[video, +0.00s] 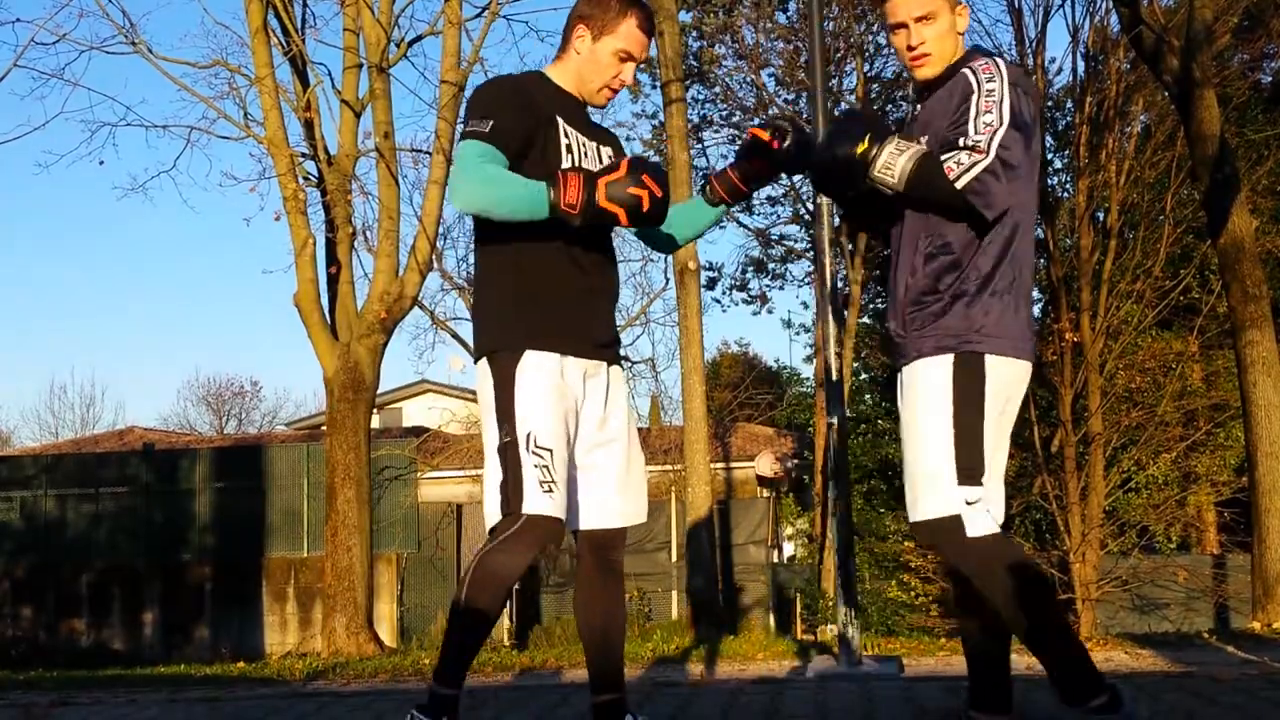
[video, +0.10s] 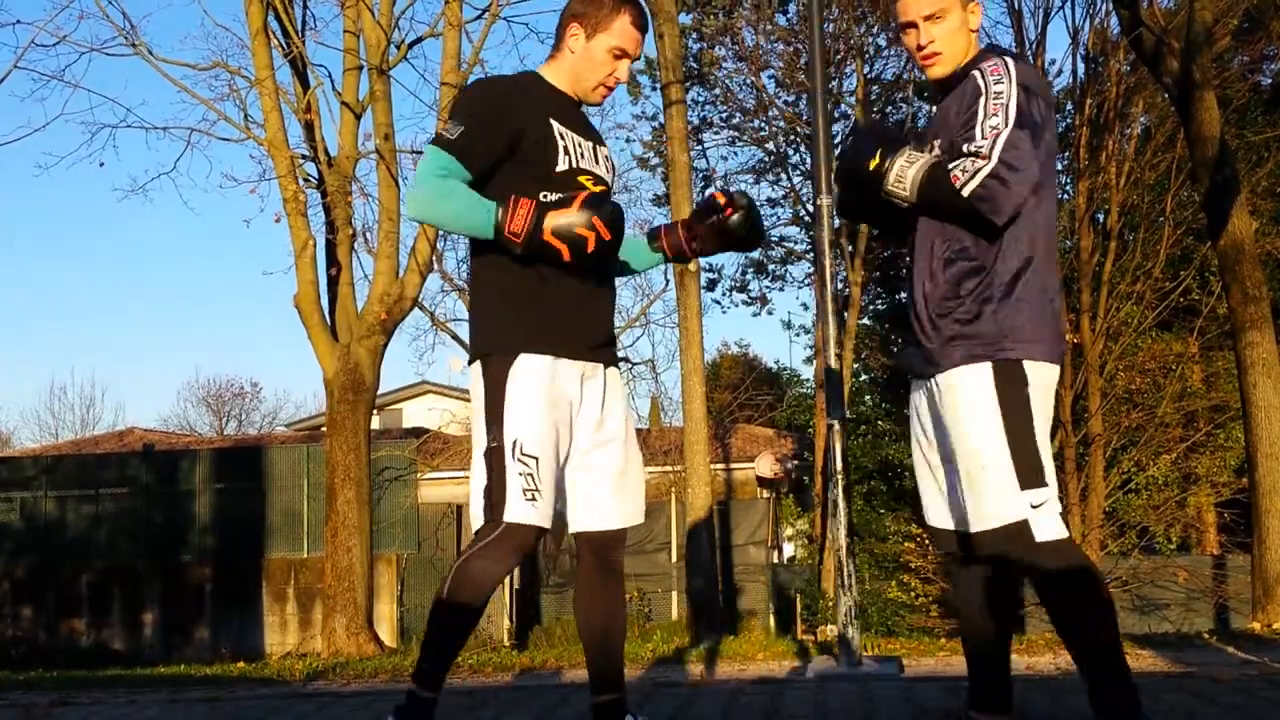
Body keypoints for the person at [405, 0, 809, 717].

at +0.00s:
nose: (630, 78)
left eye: (638, 66)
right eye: (625, 60)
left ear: (604, 46)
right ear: (584, 36)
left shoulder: (605, 144)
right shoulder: (508, 96)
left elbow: (664, 231)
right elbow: (468, 186)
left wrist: (733, 182)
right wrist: (572, 196)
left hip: (598, 354)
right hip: (525, 347)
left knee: (605, 533)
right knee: (530, 522)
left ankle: (610, 713)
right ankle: (440, 701)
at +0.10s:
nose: (623, 75)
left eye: (631, 63)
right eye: (618, 56)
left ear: (591, 42)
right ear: (575, 34)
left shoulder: (591, 140)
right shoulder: (497, 99)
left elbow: (598, 251)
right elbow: (426, 194)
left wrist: (682, 237)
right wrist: (529, 223)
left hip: (595, 357)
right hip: (520, 352)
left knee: (602, 534)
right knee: (514, 527)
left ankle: (610, 711)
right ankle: (418, 705)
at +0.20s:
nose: (613, 73)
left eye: (620, 60)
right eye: (608, 54)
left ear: (582, 45)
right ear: (563, 35)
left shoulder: (576, 134)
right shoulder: (482, 99)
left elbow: (558, 253)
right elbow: (403, 205)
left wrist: (626, 298)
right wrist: (500, 237)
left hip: (582, 360)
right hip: (509, 355)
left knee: (610, 532)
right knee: (492, 533)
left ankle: (610, 711)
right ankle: (416, 707)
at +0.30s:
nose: (601, 75)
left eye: (608, 61)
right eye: (594, 56)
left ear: (565, 42)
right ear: (549, 37)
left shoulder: (561, 135)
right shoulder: (465, 103)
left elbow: (536, 262)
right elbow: (403, 218)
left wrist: (586, 324)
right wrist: (503, 238)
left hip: (569, 359)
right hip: (491, 358)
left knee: (621, 527)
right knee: (475, 535)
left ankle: (613, 712)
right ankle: (410, 712)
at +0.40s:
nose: (584, 74)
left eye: (591, 61)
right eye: (577, 55)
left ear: (576, 56)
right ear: (530, 37)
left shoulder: (552, 140)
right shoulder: (454, 107)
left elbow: (542, 254)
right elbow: (420, 223)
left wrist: (602, 303)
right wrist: (531, 235)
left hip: (559, 359)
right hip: (480, 361)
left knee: (634, 513)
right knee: (467, 539)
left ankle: (624, 705)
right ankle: (409, 712)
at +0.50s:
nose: (572, 60)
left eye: (582, 48)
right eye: (563, 40)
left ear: (584, 50)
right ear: (520, 25)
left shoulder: (556, 137)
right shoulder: (452, 100)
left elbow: (554, 261)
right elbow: (437, 215)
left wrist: (627, 270)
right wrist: (541, 197)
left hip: (565, 358)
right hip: (484, 357)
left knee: (642, 506)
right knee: (463, 537)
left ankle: (652, 702)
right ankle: (408, 715)